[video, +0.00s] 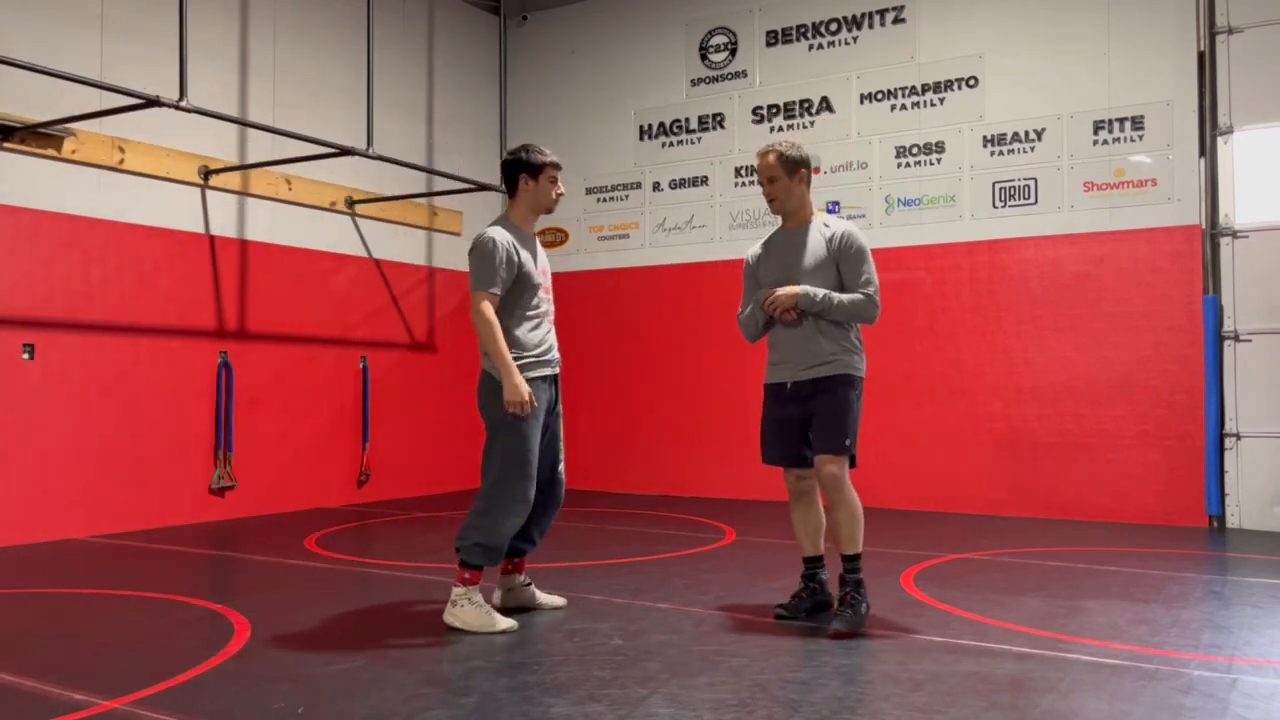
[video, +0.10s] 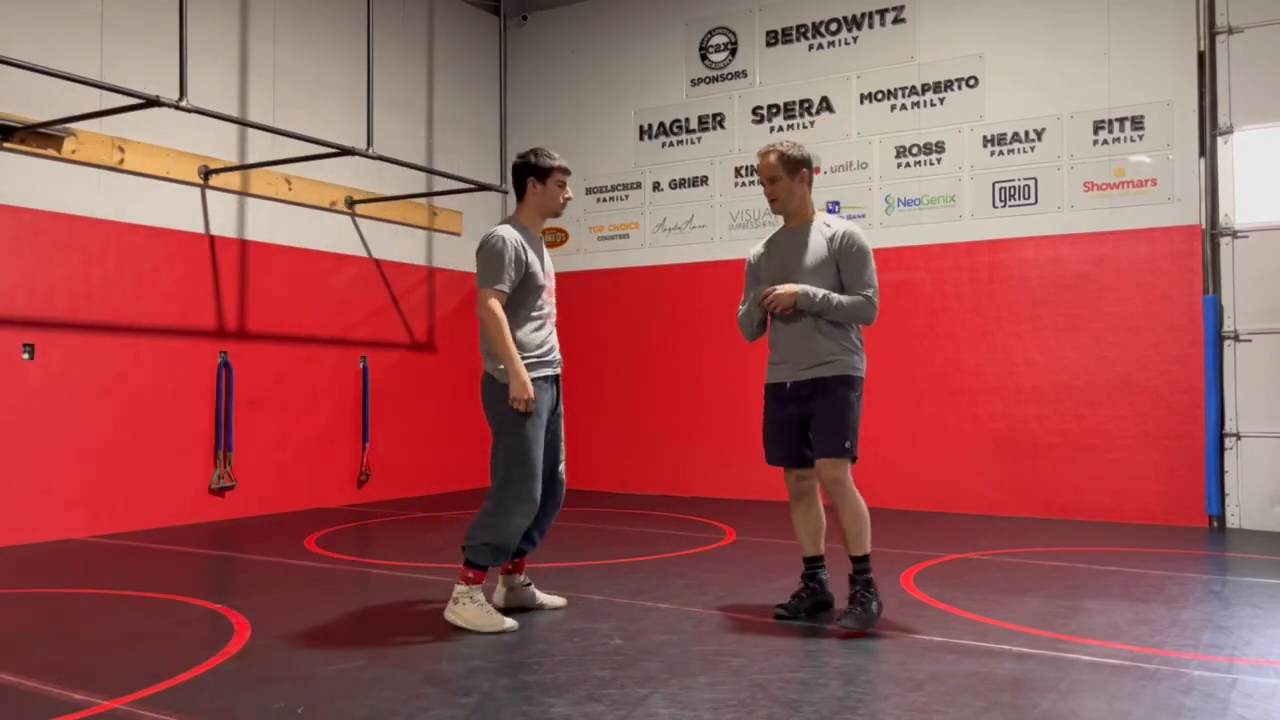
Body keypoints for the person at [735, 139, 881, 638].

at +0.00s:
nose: (764, 191)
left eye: (772, 181)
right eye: (761, 182)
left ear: (803, 179)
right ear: (766, 185)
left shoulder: (844, 237)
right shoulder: (761, 256)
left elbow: (869, 308)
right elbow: (747, 328)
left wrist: (803, 295)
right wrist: (768, 309)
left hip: (835, 372)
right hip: (784, 380)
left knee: (831, 472)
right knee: (798, 481)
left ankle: (852, 590)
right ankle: (813, 587)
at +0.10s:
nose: (767, 192)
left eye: (774, 182)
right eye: (763, 184)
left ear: (805, 178)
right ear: (767, 186)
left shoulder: (846, 239)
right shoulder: (763, 256)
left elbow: (867, 309)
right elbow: (748, 329)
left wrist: (803, 295)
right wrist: (762, 305)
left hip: (835, 375)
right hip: (784, 381)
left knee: (834, 476)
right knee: (799, 483)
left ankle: (863, 590)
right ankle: (815, 587)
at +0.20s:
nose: (769, 191)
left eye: (776, 181)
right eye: (766, 183)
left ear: (808, 178)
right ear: (771, 185)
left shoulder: (848, 239)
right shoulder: (765, 254)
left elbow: (868, 310)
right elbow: (749, 327)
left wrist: (803, 296)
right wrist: (764, 303)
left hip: (835, 380)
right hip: (784, 383)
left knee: (842, 485)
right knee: (799, 486)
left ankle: (867, 595)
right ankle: (815, 587)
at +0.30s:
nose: (772, 188)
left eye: (779, 178)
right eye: (770, 179)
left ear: (811, 178)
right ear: (778, 183)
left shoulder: (850, 238)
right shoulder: (769, 252)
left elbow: (871, 310)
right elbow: (754, 326)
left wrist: (805, 295)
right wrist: (769, 302)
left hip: (837, 381)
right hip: (785, 383)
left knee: (848, 486)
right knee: (800, 486)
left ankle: (868, 597)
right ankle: (815, 588)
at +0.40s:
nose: (776, 186)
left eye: (783, 176)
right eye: (773, 177)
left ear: (815, 177)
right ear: (781, 182)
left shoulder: (853, 237)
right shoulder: (771, 249)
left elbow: (873, 309)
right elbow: (758, 323)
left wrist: (807, 292)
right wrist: (773, 297)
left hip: (839, 380)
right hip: (787, 382)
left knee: (848, 485)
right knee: (800, 486)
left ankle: (868, 597)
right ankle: (815, 588)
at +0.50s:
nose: (779, 188)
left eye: (786, 179)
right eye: (777, 179)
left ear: (818, 177)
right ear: (787, 182)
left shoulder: (857, 239)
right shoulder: (775, 249)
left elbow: (876, 311)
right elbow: (758, 323)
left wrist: (807, 295)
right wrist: (772, 300)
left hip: (841, 380)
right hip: (789, 382)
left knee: (847, 486)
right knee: (802, 486)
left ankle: (869, 597)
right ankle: (815, 588)